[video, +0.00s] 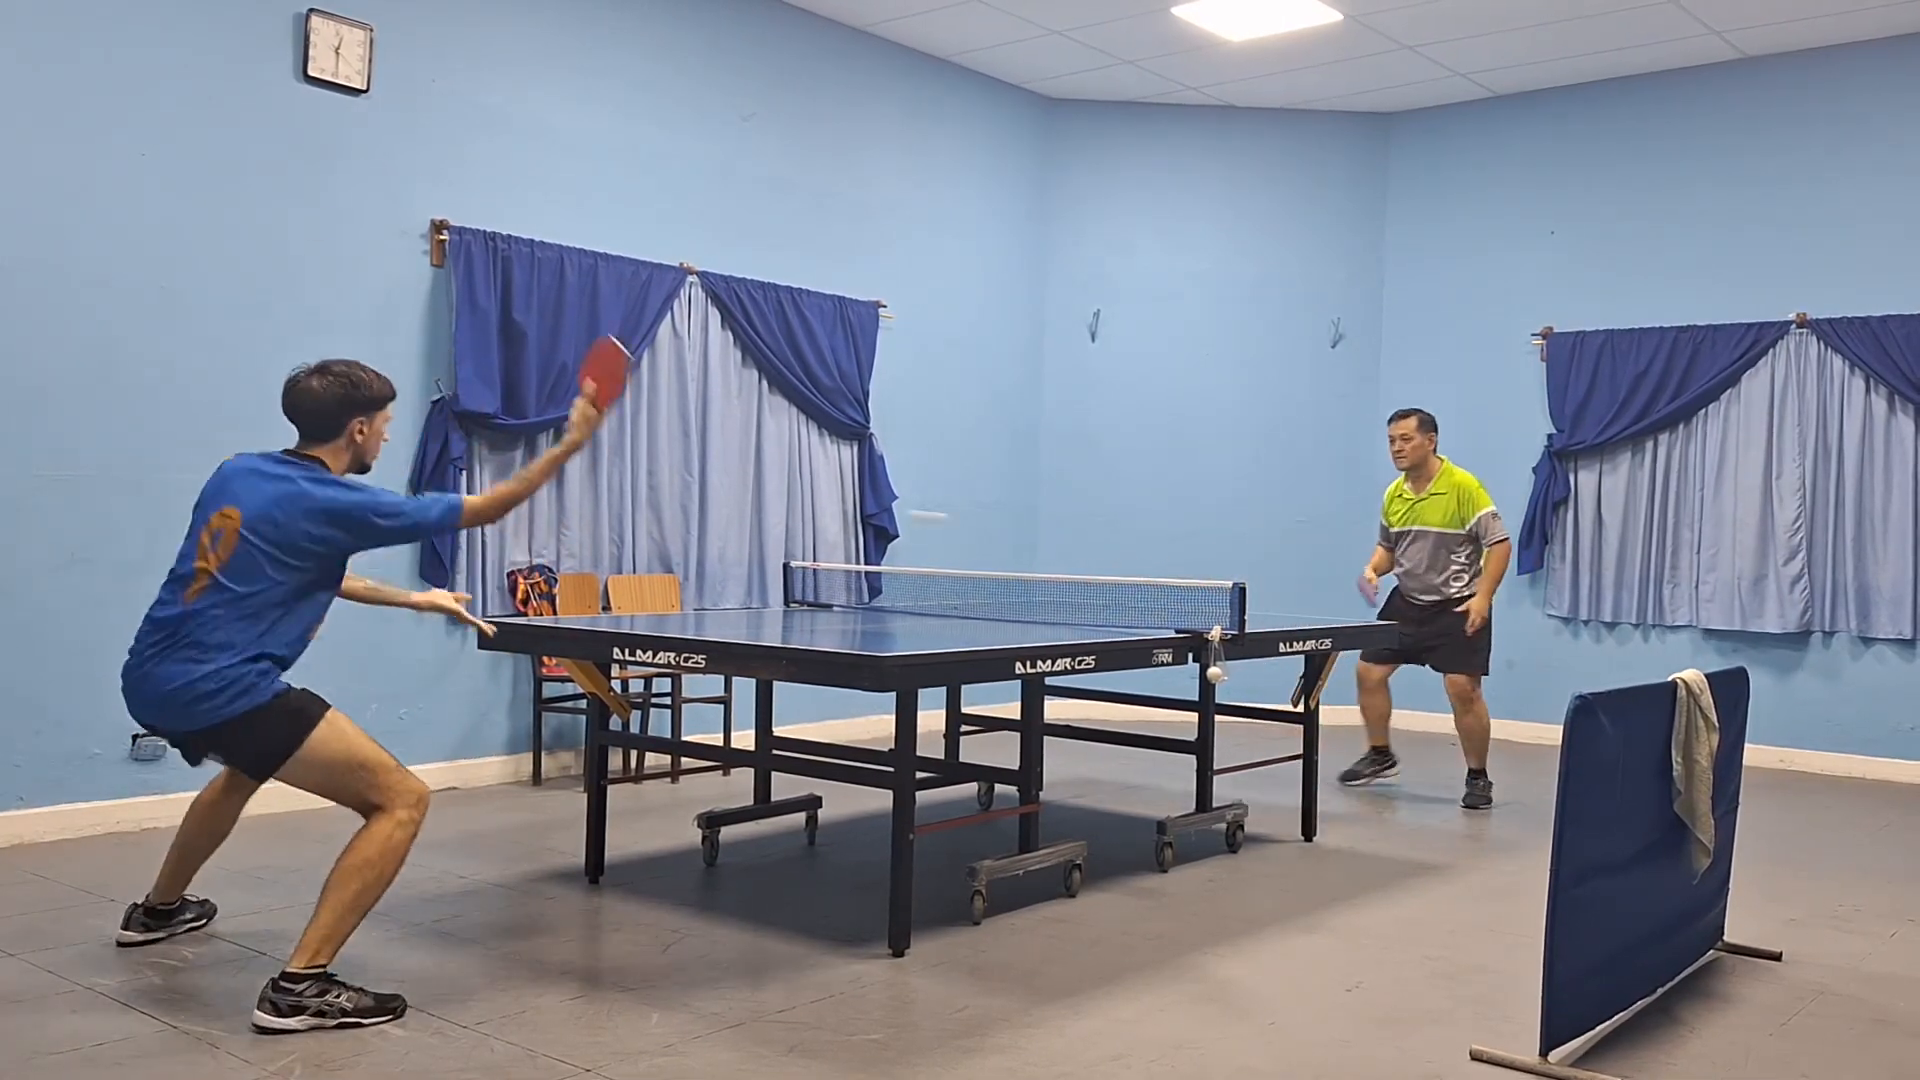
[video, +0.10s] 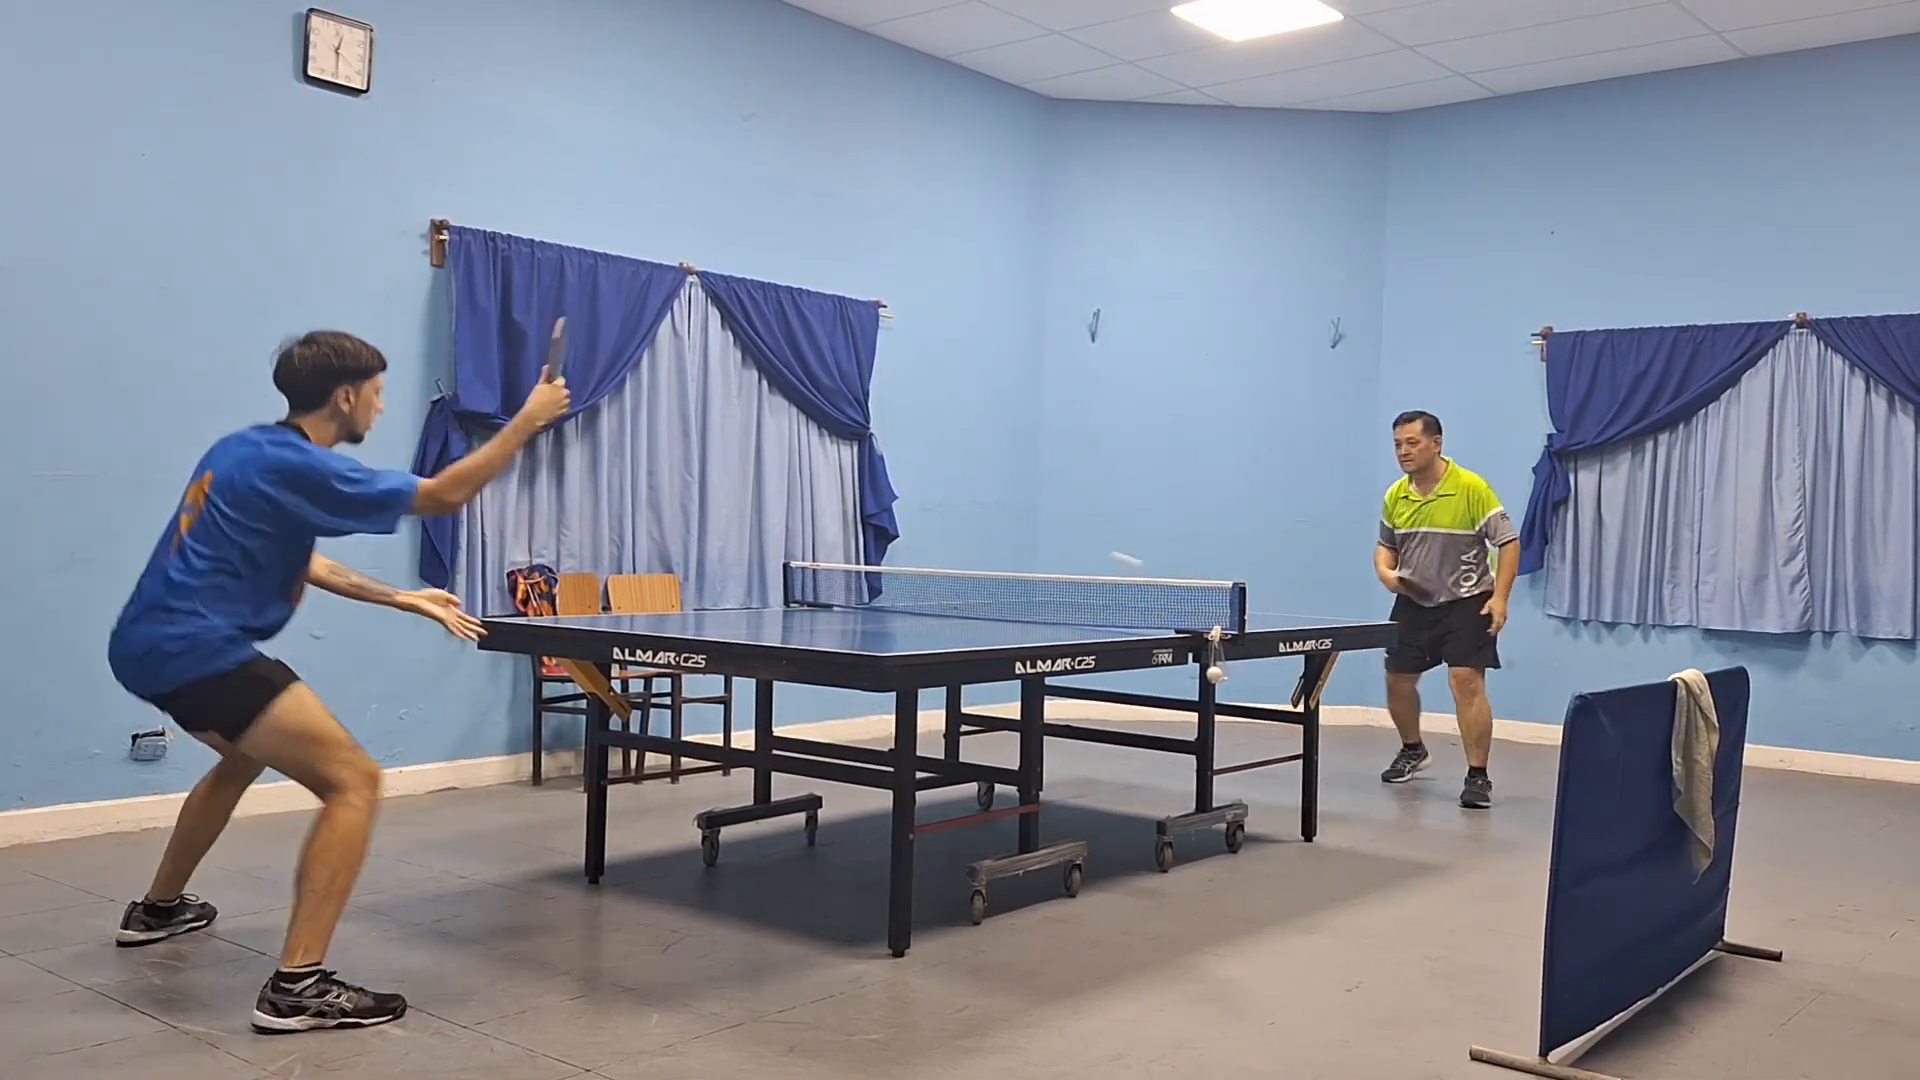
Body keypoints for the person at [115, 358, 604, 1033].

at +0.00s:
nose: (386, 436)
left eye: (385, 423)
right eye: (382, 424)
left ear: (311, 427)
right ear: (353, 430)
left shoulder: (235, 472)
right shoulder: (332, 504)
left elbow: (307, 570)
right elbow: (481, 510)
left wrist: (413, 598)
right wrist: (569, 443)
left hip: (153, 679)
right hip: (218, 686)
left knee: (256, 759)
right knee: (403, 801)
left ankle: (158, 906)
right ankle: (301, 982)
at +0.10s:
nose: (380, 404)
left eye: (380, 391)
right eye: (375, 392)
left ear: (311, 398)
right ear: (339, 398)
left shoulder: (239, 449)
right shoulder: (298, 466)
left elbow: (296, 560)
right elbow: (437, 495)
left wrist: (401, 597)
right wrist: (527, 421)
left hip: (144, 644)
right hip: (195, 649)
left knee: (247, 752)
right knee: (353, 780)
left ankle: (158, 906)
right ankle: (298, 979)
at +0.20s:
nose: (373, 372)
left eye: (372, 358)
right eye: (367, 358)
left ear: (308, 364)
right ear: (330, 363)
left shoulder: (241, 416)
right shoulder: (276, 428)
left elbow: (267, 535)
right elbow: (383, 495)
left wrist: (368, 577)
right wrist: (488, 440)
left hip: (142, 597)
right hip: (164, 603)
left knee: (236, 740)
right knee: (292, 755)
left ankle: (147, 886)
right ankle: (256, 962)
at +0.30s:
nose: (352, 368)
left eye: (352, 353)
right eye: (347, 353)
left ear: (300, 360)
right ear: (309, 359)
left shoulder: (246, 424)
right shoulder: (236, 422)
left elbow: (268, 538)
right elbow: (296, 512)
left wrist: (356, 566)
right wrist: (420, 485)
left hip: (158, 601)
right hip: (145, 606)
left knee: (225, 746)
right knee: (254, 764)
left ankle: (129, 865)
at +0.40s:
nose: (332, 376)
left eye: (331, 363)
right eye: (325, 363)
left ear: (282, 371)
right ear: (286, 369)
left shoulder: (254, 446)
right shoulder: (196, 438)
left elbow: (270, 541)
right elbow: (201, 539)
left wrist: (353, 562)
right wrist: (342, 533)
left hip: (182, 623)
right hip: (129, 617)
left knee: (202, 762)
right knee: (218, 768)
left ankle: (106, 878)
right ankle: (106, 955)